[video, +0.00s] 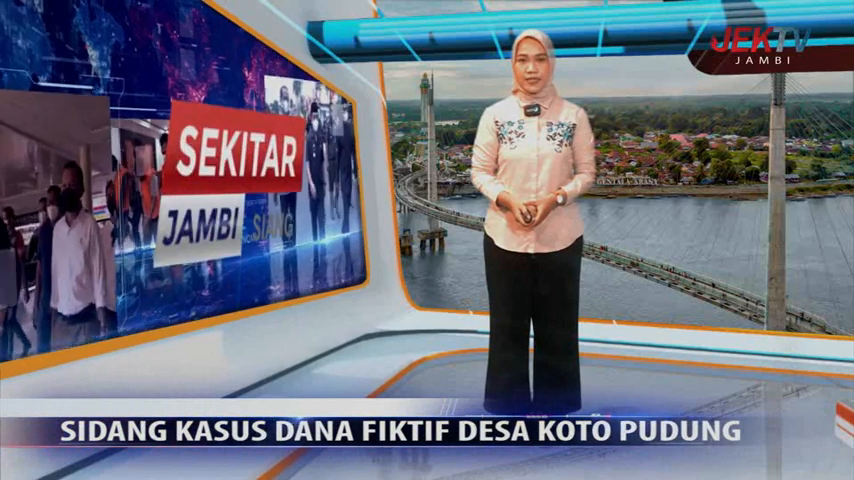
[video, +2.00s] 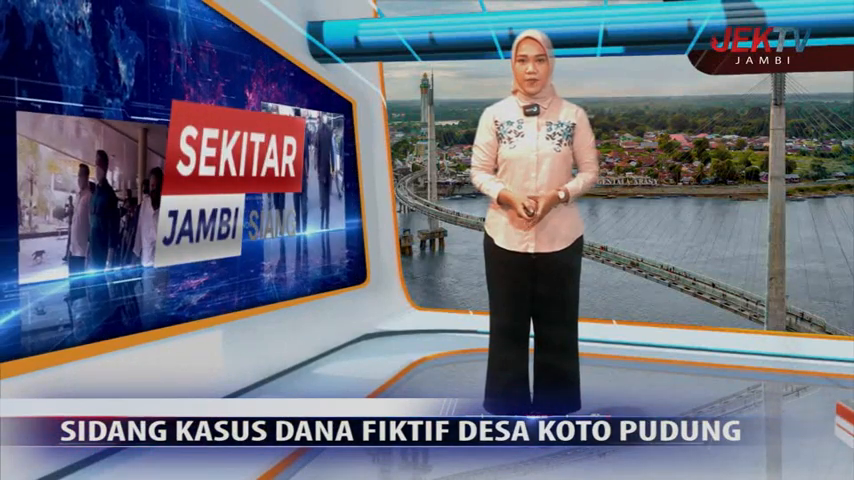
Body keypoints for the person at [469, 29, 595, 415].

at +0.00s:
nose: (531, 67)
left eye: (539, 59)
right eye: (523, 59)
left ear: (551, 64)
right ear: (513, 65)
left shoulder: (573, 116)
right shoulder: (494, 116)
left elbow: (587, 173)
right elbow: (480, 172)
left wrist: (553, 199)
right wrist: (508, 201)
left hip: (559, 243)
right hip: (506, 244)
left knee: (558, 338)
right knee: (507, 336)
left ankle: (558, 423)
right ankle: (506, 422)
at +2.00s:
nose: (531, 67)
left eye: (539, 60)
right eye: (523, 60)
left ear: (551, 65)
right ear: (513, 66)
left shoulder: (573, 116)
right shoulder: (494, 116)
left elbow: (589, 172)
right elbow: (480, 172)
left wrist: (556, 196)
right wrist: (508, 197)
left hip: (559, 243)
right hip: (506, 244)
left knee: (558, 337)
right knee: (508, 336)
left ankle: (558, 423)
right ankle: (506, 423)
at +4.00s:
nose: (531, 67)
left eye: (539, 59)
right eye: (522, 59)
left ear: (551, 65)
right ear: (512, 65)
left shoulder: (573, 116)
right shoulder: (493, 116)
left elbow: (588, 173)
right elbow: (479, 172)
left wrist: (554, 198)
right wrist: (507, 200)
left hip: (558, 243)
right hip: (506, 243)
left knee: (558, 334)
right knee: (507, 333)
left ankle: (557, 418)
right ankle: (505, 419)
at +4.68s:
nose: (529, 67)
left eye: (538, 59)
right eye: (521, 59)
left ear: (550, 65)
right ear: (511, 65)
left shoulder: (571, 115)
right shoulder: (492, 116)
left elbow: (587, 172)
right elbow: (478, 173)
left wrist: (555, 198)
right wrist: (506, 199)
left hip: (558, 241)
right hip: (505, 242)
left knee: (554, 329)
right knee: (509, 328)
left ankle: (544, 413)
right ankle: (519, 414)